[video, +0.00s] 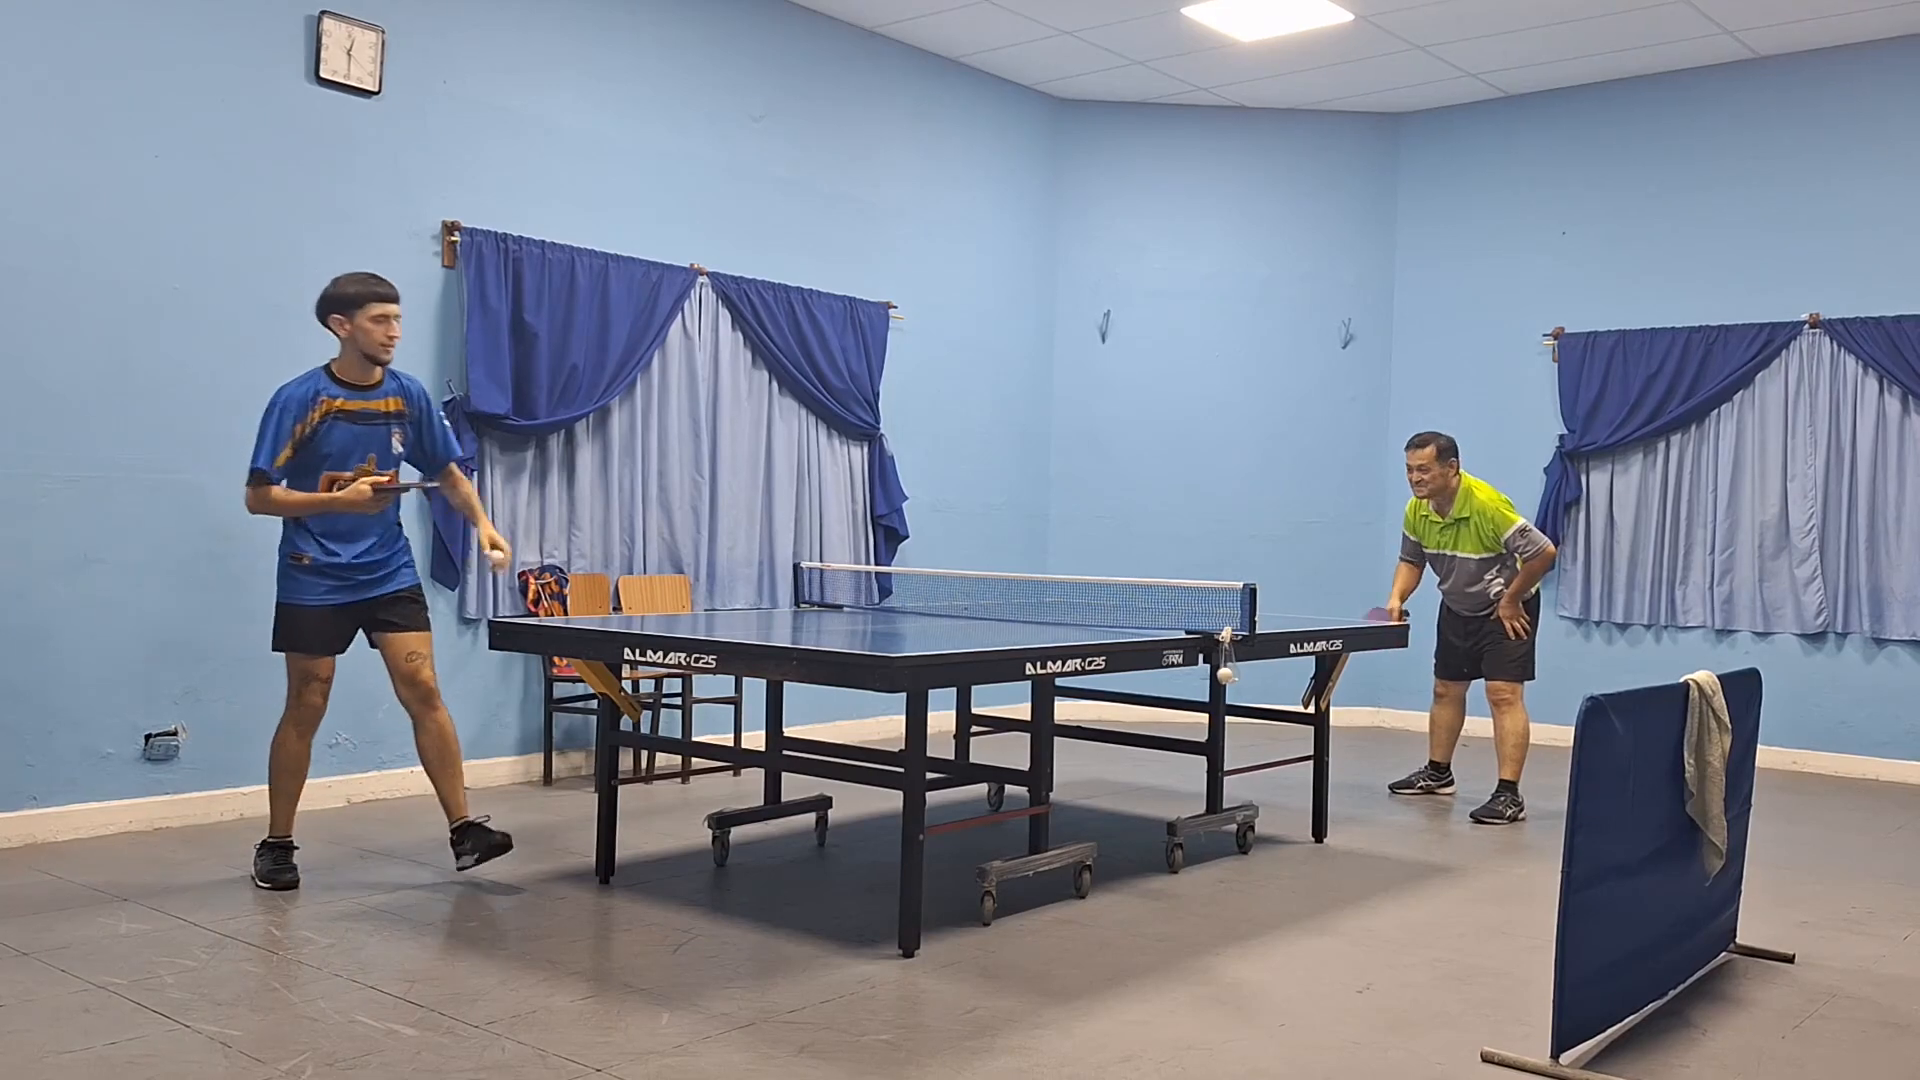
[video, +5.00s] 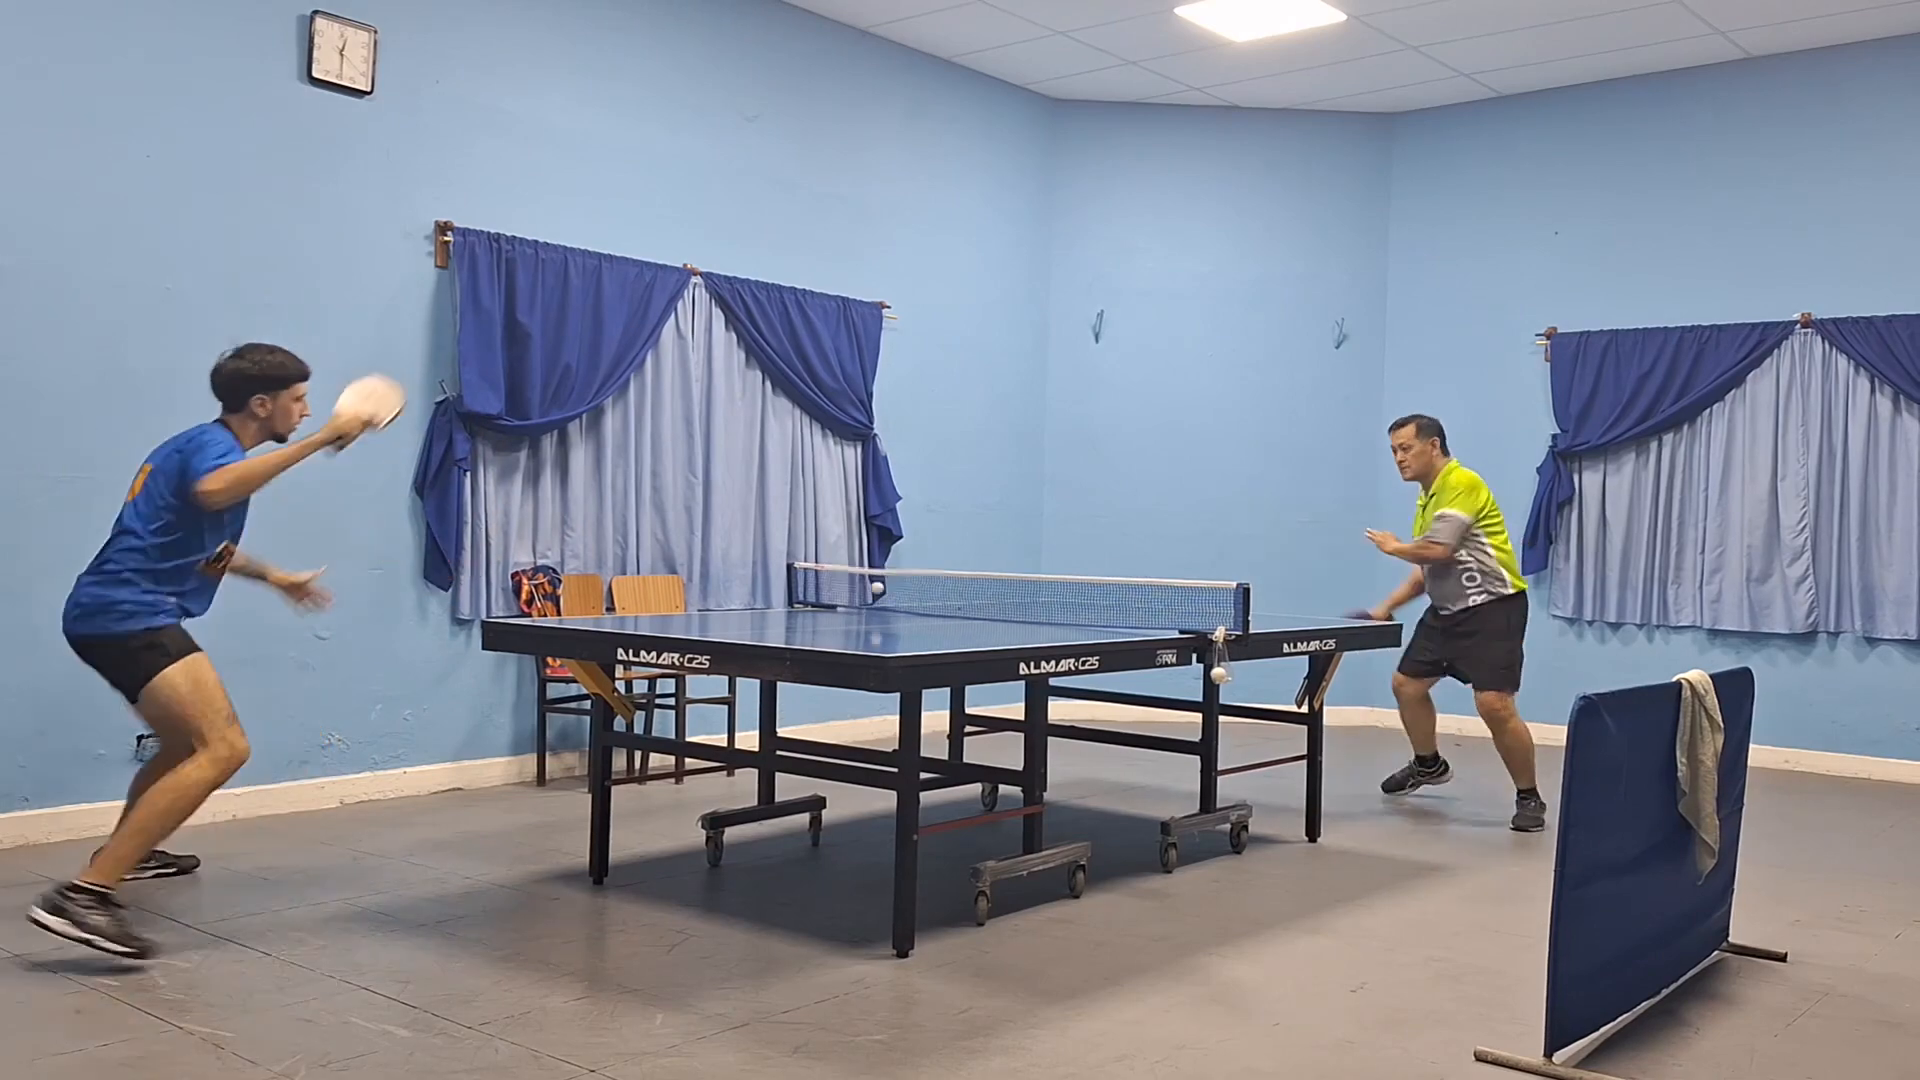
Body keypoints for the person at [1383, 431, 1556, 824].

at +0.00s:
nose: (1415, 477)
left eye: (1423, 469)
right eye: (1410, 469)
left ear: (1451, 470)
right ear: (1407, 471)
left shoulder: (1486, 506)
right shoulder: (1417, 510)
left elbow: (1543, 552)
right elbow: (1411, 561)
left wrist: (1512, 597)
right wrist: (1396, 597)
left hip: (1505, 608)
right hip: (1456, 608)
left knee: (1503, 694)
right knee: (1446, 689)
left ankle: (1508, 793)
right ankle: (1438, 771)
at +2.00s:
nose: (1399, 471)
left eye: (1407, 463)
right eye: (1394, 464)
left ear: (1435, 462)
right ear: (1392, 467)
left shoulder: (1475, 500)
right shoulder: (1409, 509)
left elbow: (1513, 554)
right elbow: (1403, 563)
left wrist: (1460, 589)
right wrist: (1372, 584)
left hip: (1500, 600)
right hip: (1451, 605)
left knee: (1494, 690)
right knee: (1435, 686)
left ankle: (1505, 792)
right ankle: (1435, 770)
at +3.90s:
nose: (1390, 445)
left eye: (1399, 437)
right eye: (1385, 437)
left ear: (1426, 437)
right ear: (1382, 441)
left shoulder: (1469, 483)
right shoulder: (1383, 492)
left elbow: (1501, 542)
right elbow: (1363, 546)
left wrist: (1467, 591)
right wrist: (1338, 560)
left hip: (1466, 608)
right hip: (1404, 607)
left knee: (1479, 699)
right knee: (1374, 689)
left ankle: (1492, 788)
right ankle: (1374, 776)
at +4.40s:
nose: (1404, 468)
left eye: (1415, 460)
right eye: (1397, 459)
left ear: (1438, 460)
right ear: (1389, 457)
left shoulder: (1461, 499)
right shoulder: (1377, 498)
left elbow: (1484, 552)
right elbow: (1344, 528)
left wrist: (1496, 603)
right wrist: (1327, 538)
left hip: (1445, 617)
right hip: (1381, 616)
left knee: (1472, 702)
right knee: (1374, 695)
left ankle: (1485, 788)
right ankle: (1356, 794)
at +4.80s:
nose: (1401, 444)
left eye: (1411, 435)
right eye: (1397, 436)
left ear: (1439, 438)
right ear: (1395, 442)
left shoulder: (1480, 487)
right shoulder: (1396, 495)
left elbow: (1525, 541)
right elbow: (1379, 546)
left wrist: (1484, 591)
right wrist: (1338, 561)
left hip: (1479, 614)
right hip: (1417, 613)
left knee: (1501, 704)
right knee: (1387, 690)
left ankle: (1526, 796)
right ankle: (1356, 786)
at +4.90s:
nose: (1400, 443)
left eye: (1408, 434)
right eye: (1397, 436)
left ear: (1438, 436)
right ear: (1398, 442)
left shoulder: (1471, 479)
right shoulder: (1413, 492)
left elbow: (1502, 535)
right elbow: (1404, 552)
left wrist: (1437, 561)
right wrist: (1362, 572)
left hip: (1489, 608)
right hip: (1432, 608)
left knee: (1503, 704)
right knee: (1391, 682)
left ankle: (1526, 796)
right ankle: (1398, 775)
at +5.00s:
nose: (1399, 458)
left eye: (1405, 449)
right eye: (1395, 452)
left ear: (1433, 446)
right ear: (1395, 457)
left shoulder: (1462, 482)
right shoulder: (1426, 500)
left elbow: (1441, 549)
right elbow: (1426, 571)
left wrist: (1395, 548)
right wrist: (1386, 608)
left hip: (1494, 607)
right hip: (1446, 611)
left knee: (1494, 705)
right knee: (1407, 685)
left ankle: (1528, 797)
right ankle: (1428, 763)